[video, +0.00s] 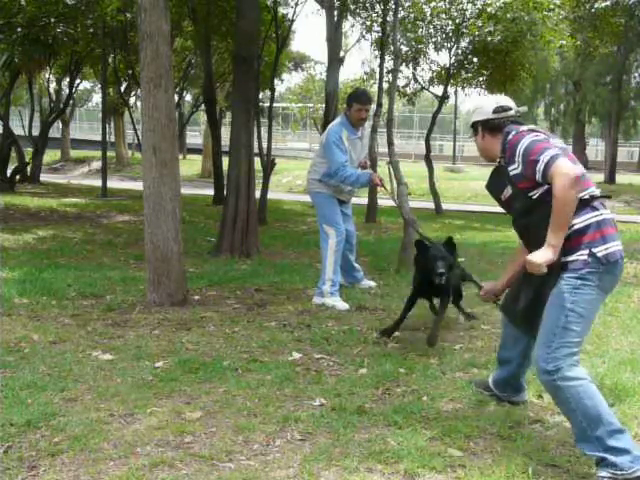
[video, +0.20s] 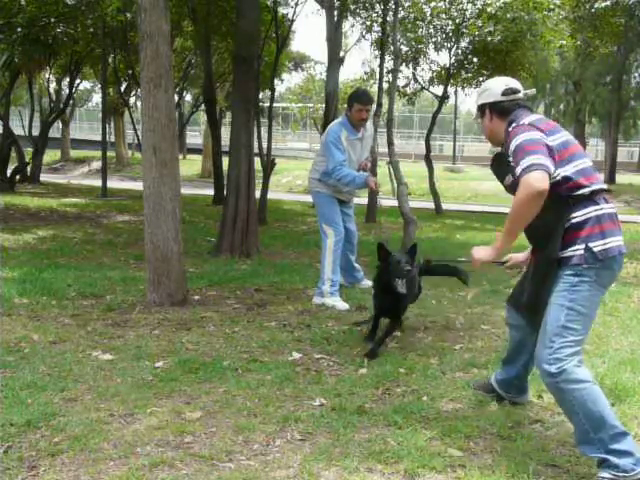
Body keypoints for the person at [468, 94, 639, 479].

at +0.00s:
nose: (475, 144)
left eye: (475, 136)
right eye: (474, 137)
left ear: (485, 132)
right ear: (496, 131)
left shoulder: (523, 140)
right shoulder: (511, 170)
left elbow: (568, 175)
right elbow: (533, 238)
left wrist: (551, 245)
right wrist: (503, 283)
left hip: (590, 255)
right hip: (562, 257)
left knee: (555, 362)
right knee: (518, 307)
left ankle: (621, 461)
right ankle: (507, 385)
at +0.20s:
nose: (482, 130)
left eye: (481, 120)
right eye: (480, 121)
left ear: (494, 114)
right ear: (513, 109)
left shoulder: (524, 132)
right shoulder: (539, 129)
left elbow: (535, 185)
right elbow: (566, 197)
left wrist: (499, 245)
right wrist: (535, 252)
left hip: (589, 248)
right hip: (565, 246)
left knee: (556, 360)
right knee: (522, 312)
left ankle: (622, 461)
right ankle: (510, 384)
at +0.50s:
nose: (480, 131)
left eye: (479, 122)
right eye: (479, 124)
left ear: (490, 116)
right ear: (515, 110)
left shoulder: (504, 138)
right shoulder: (551, 133)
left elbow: (471, 211)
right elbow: (585, 196)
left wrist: (438, 240)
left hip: (560, 246)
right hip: (583, 243)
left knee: (516, 350)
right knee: (509, 302)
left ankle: (588, 450)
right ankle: (506, 384)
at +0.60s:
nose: (484, 132)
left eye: (484, 124)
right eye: (483, 125)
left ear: (493, 118)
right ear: (523, 113)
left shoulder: (501, 140)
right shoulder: (566, 137)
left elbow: (461, 210)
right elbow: (603, 208)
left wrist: (427, 239)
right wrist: (612, 269)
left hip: (554, 252)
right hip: (589, 251)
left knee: (524, 361)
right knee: (525, 316)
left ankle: (583, 463)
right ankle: (505, 382)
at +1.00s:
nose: (479, 149)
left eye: (480, 140)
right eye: (478, 141)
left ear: (492, 135)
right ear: (505, 132)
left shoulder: (518, 144)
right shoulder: (533, 150)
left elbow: (540, 189)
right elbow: (528, 240)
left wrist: (494, 242)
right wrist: (498, 287)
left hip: (588, 249)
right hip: (591, 248)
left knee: (530, 347)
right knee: (527, 322)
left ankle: (592, 458)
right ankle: (525, 389)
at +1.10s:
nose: (483, 142)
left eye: (482, 133)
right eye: (482, 134)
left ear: (495, 129)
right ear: (507, 127)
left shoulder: (528, 139)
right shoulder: (522, 164)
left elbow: (567, 180)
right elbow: (530, 243)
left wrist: (525, 239)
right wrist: (503, 299)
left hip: (594, 253)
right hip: (573, 256)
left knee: (558, 364)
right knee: (532, 318)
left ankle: (627, 463)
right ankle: (527, 390)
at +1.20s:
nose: (484, 141)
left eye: (483, 131)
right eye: (483, 132)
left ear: (494, 125)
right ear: (508, 122)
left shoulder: (539, 136)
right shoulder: (525, 166)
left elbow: (588, 174)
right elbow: (532, 240)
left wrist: (539, 234)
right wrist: (509, 304)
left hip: (605, 253)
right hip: (574, 256)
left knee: (563, 366)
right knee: (533, 318)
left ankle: (626, 467)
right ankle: (529, 390)